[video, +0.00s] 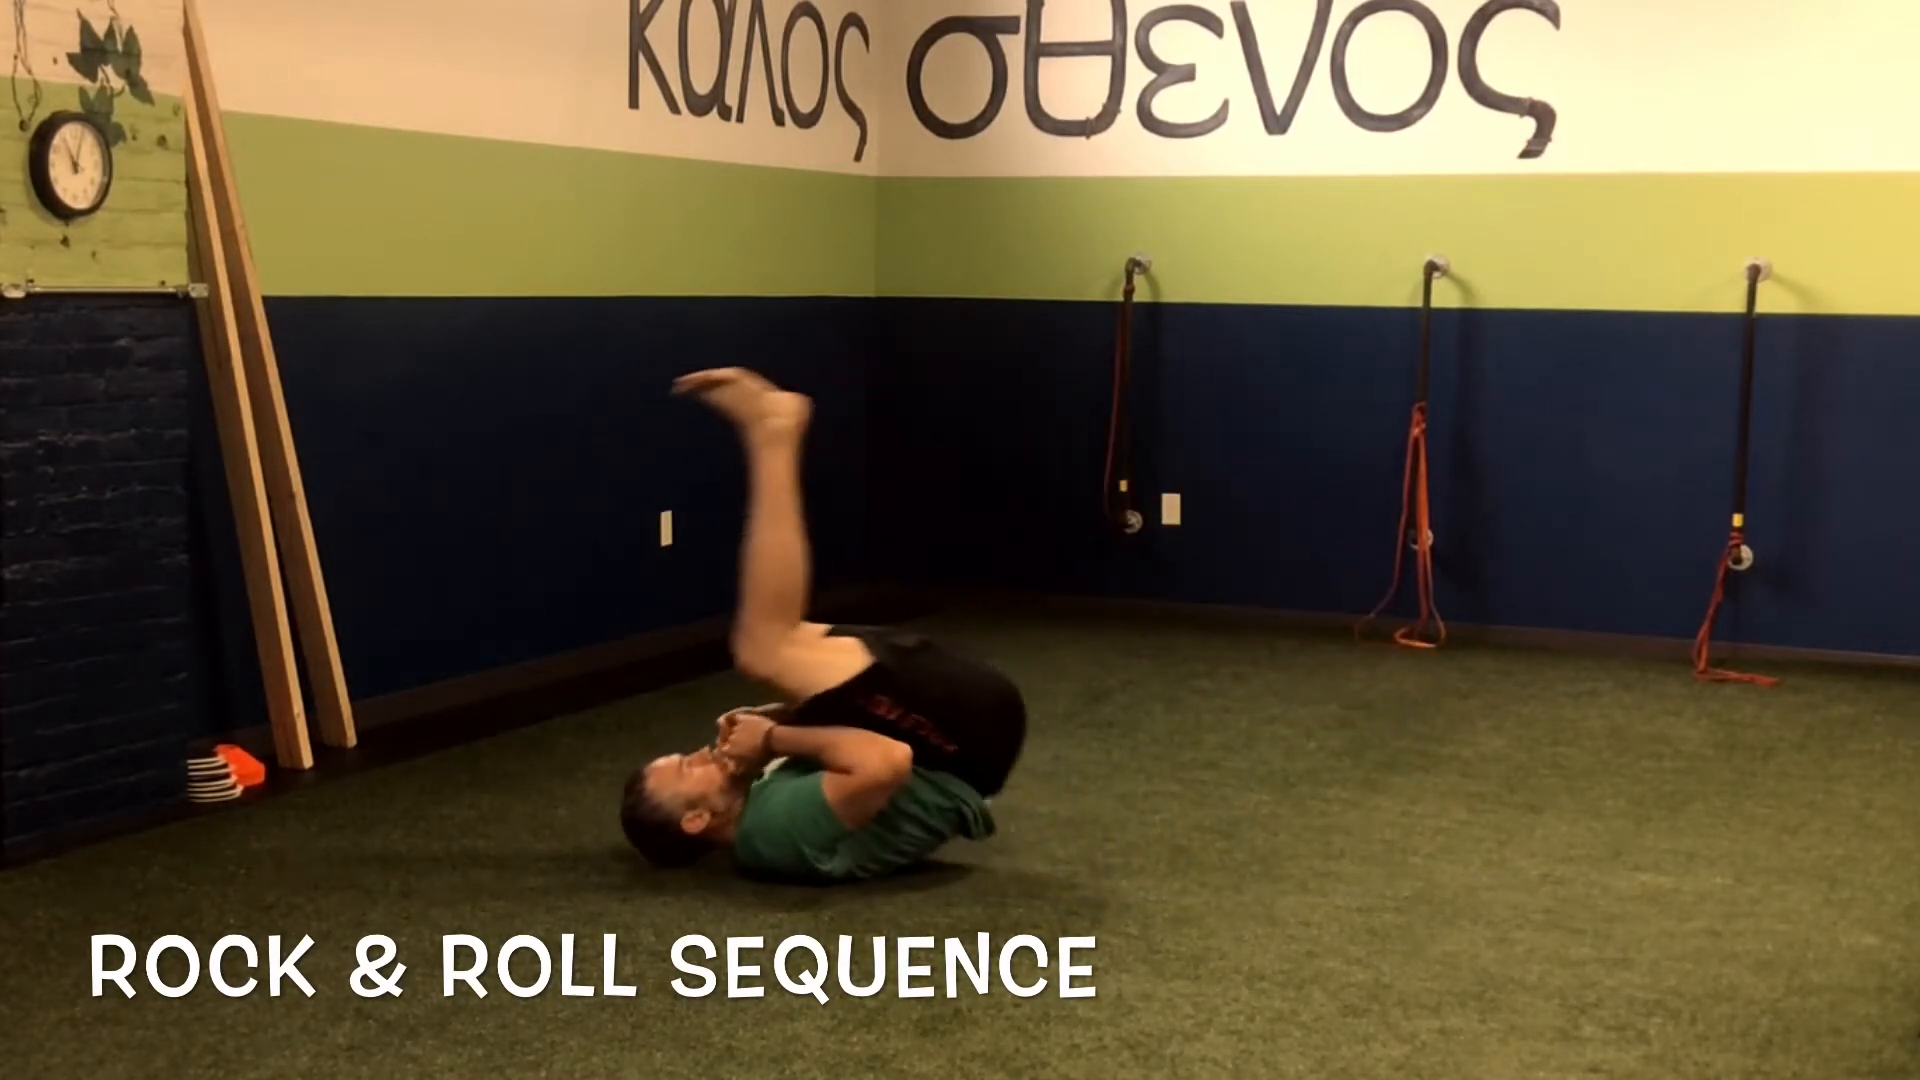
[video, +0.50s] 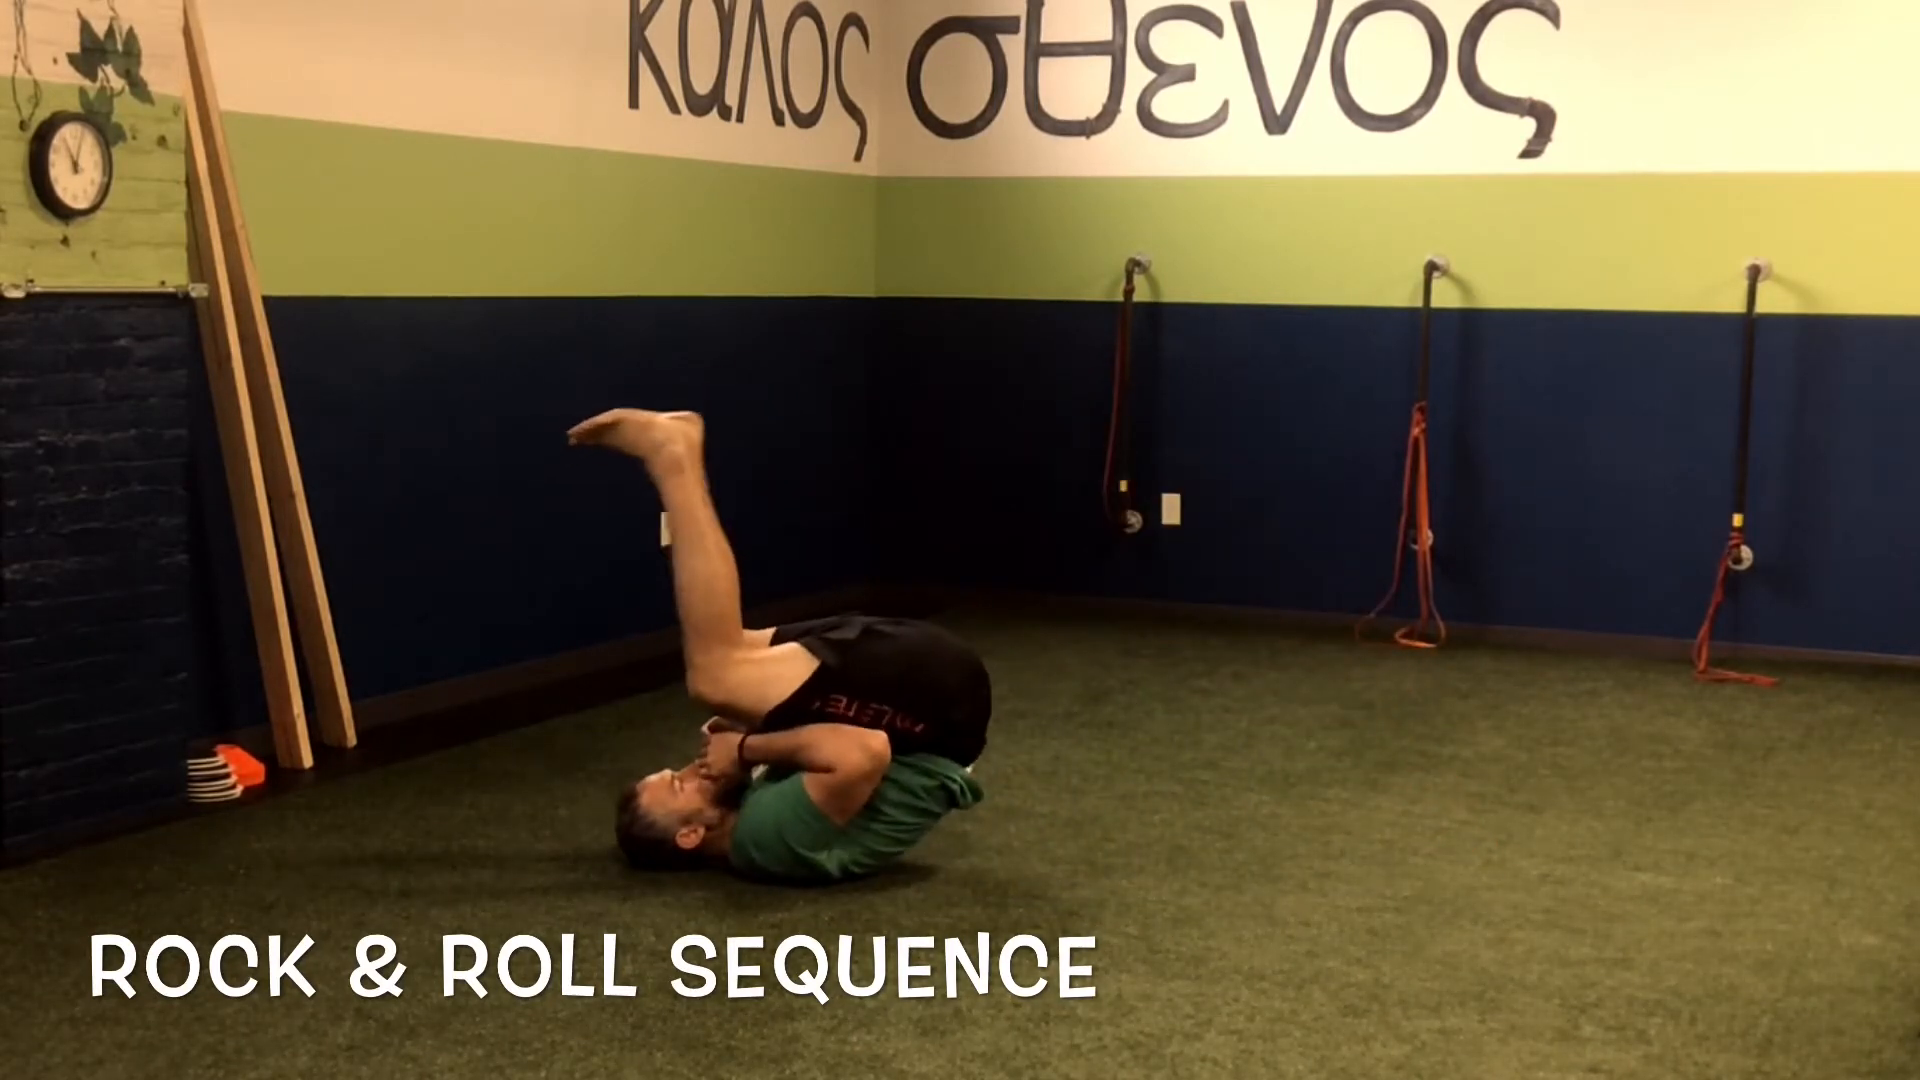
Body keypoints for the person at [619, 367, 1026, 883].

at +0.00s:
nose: (699, 750)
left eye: (682, 755)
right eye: (686, 768)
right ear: (699, 819)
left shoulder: (764, 809)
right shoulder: (773, 830)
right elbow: (888, 762)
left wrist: (763, 744)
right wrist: (772, 736)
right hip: (976, 732)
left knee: (784, 640)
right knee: (762, 646)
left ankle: (774, 431)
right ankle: (773, 431)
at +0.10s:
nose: (692, 760)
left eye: (676, 764)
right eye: (679, 778)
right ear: (695, 826)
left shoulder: (754, 812)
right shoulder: (770, 829)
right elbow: (873, 753)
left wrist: (747, 741)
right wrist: (756, 739)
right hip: (962, 714)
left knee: (759, 645)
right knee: (739, 654)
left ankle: (721, 441)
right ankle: (721, 439)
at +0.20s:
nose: (692, 765)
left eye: (674, 771)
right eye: (678, 782)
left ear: (698, 828)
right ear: (695, 827)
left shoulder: (755, 817)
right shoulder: (766, 832)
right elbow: (863, 743)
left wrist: (740, 734)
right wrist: (748, 746)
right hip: (951, 702)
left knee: (739, 645)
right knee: (720, 663)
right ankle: (681, 448)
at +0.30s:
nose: (684, 769)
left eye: (669, 773)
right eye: (673, 782)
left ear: (692, 832)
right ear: (692, 832)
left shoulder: (751, 816)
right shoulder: (769, 834)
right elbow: (861, 744)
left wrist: (733, 742)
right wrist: (742, 749)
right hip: (945, 692)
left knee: (731, 651)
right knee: (710, 670)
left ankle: (670, 458)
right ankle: (659, 455)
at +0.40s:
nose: (683, 770)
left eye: (669, 774)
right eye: (672, 783)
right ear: (690, 833)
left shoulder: (750, 816)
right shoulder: (768, 836)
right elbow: (862, 748)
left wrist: (735, 744)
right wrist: (742, 749)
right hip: (943, 690)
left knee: (728, 650)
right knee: (709, 672)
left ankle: (667, 461)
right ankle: (656, 458)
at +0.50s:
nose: (686, 769)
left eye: (670, 775)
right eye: (673, 784)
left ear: (695, 828)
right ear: (692, 830)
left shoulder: (749, 817)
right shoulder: (766, 836)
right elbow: (865, 753)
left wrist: (737, 736)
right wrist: (747, 749)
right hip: (946, 693)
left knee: (734, 646)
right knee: (713, 670)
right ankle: (673, 453)